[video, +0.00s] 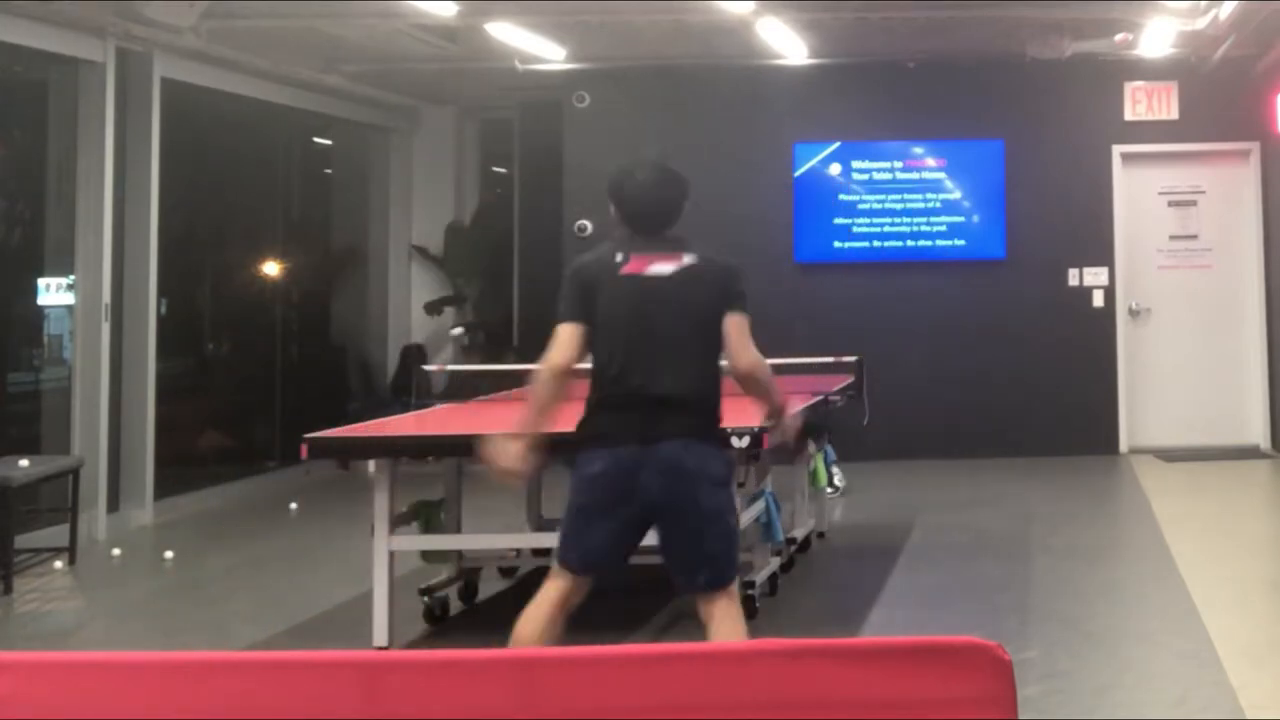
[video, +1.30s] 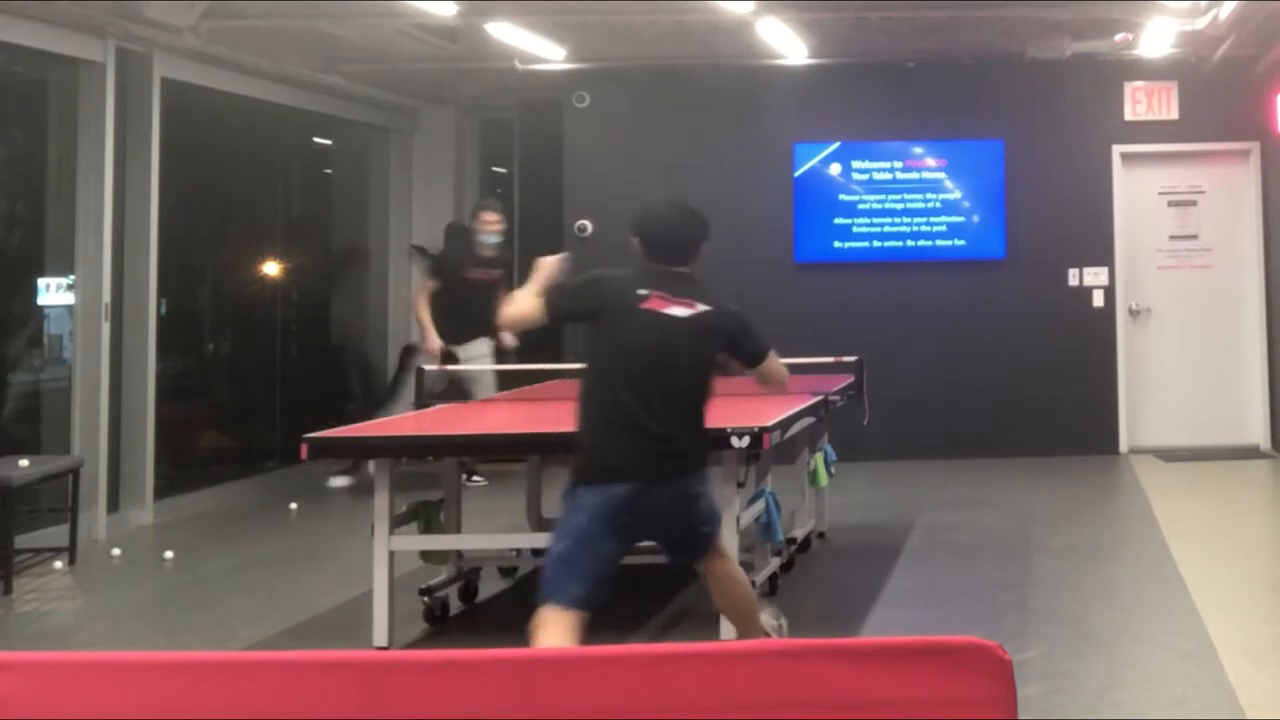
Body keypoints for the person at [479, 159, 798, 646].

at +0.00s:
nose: (613, 213)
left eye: (614, 205)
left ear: (616, 212)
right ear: (677, 210)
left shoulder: (590, 272)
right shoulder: (716, 276)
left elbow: (558, 363)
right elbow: (745, 363)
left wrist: (524, 434)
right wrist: (776, 407)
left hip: (609, 457)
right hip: (693, 457)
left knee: (561, 587)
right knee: (718, 599)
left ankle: (498, 703)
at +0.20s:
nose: (611, 176)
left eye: (609, 168)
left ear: (608, 175)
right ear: (669, 171)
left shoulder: (586, 239)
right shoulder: (718, 235)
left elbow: (566, 338)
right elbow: (738, 327)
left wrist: (546, 377)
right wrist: (728, 401)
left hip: (608, 426)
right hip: (692, 425)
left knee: (560, 579)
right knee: (710, 589)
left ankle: (532, 718)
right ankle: (733, 718)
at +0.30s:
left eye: (593, 161)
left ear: (595, 170)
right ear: (660, 165)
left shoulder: (574, 237)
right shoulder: (709, 235)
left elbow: (524, 337)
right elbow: (741, 326)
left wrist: (497, 301)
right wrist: (724, 395)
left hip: (598, 427)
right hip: (682, 422)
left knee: (570, 593)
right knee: (702, 590)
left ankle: (537, 719)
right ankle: (731, 719)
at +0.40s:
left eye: (583, 158)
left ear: (583, 166)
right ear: (649, 160)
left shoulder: (564, 233)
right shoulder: (698, 235)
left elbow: (483, 296)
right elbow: (732, 333)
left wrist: (483, 213)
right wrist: (712, 398)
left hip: (585, 428)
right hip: (669, 423)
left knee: (566, 594)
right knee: (693, 590)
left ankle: (532, 718)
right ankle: (729, 718)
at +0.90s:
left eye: (579, 180)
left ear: (581, 187)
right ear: (646, 191)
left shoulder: (546, 249)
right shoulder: (677, 266)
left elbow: (447, 308)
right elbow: (720, 358)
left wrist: (472, 262)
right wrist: (689, 395)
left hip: (559, 453)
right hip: (645, 451)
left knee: (536, 606)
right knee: (682, 590)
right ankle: (714, 716)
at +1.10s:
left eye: (589, 226)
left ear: (591, 233)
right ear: (653, 237)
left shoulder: (551, 288)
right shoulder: (679, 305)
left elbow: (457, 340)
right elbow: (741, 389)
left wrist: (489, 311)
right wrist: (696, 399)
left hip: (566, 480)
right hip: (651, 477)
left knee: (519, 621)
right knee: (682, 556)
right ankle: (704, 681)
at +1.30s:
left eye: (637, 241)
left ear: (638, 246)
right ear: (697, 252)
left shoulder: (607, 290)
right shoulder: (716, 315)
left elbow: (512, 316)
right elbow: (778, 379)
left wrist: (540, 277)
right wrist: (733, 358)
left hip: (605, 478)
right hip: (678, 476)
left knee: (561, 604)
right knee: (711, 558)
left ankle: (548, 708)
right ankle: (762, 645)